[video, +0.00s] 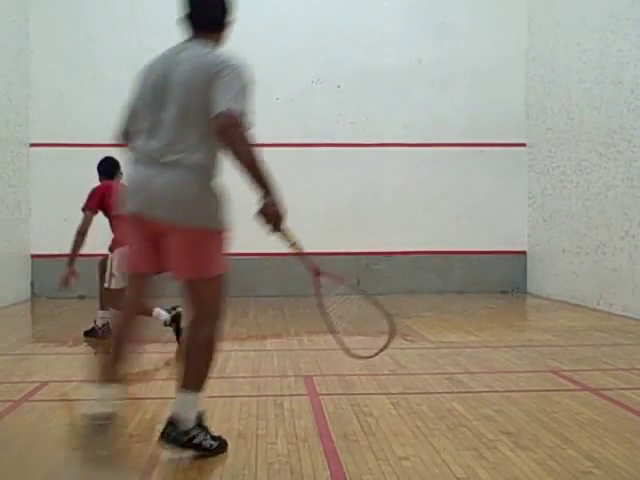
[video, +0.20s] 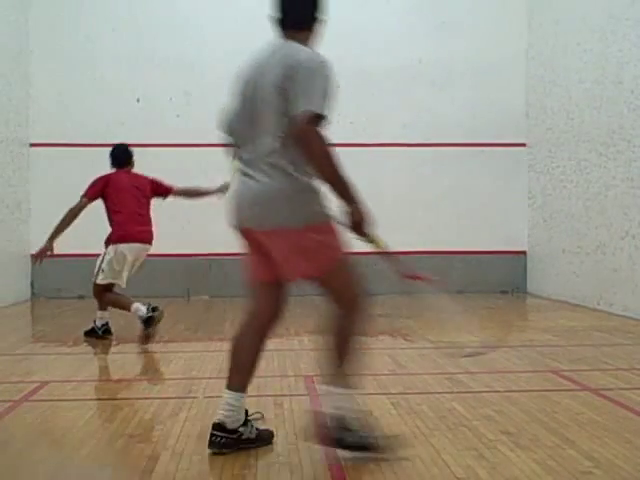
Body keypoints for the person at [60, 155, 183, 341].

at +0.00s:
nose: (100, 179)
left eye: (100, 175)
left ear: (100, 175)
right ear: (119, 173)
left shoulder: (100, 191)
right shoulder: (129, 190)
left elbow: (83, 229)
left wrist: (71, 263)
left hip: (123, 247)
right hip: (142, 245)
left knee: (115, 299)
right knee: (104, 265)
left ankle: (166, 316)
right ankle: (102, 323)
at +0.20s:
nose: (120, 164)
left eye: (115, 160)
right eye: (128, 160)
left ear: (112, 162)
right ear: (132, 162)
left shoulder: (105, 181)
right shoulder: (145, 181)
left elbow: (76, 210)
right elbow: (182, 192)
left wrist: (50, 241)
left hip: (122, 240)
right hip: (144, 241)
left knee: (101, 291)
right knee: (104, 281)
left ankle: (144, 312)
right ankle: (101, 324)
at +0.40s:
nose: (166, 136)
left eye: (164, 132)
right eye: (164, 132)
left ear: (143, 136)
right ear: (157, 134)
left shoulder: (128, 159)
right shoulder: (172, 159)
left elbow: (100, 192)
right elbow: (209, 182)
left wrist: (84, 223)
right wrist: (234, 177)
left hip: (134, 229)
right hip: (160, 231)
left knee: (122, 280)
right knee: (134, 278)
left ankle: (145, 325)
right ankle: (117, 322)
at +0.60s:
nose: (205, 124)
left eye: (203, 119)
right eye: (201, 119)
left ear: (182, 122)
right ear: (188, 121)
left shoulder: (159, 147)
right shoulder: (200, 151)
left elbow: (136, 183)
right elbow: (207, 194)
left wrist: (143, 210)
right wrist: (230, 213)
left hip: (155, 221)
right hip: (186, 223)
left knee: (146, 274)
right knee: (186, 267)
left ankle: (150, 330)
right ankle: (186, 314)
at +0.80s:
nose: (252, 125)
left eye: (251, 119)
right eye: (247, 120)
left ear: (229, 122)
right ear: (233, 122)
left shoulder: (206, 145)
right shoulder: (243, 153)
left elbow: (178, 176)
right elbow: (237, 195)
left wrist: (187, 204)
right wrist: (250, 227)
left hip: (196, 221)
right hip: (227, 225)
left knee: (172, 272)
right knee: (247, 276)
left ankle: (152, 332)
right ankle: (271, 326)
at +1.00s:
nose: (292, 114)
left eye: (291, 109)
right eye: (288, 109)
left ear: (269, 112)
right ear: (274, 112)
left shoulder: (247, 138)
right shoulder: (288, 142)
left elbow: (221, 174)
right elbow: (293, 183)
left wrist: (226, 209)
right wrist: (300, 218)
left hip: (242, 215)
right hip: (273, 218)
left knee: (224, 272)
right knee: (279, 277)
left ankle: (206, 326)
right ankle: (279, 332)